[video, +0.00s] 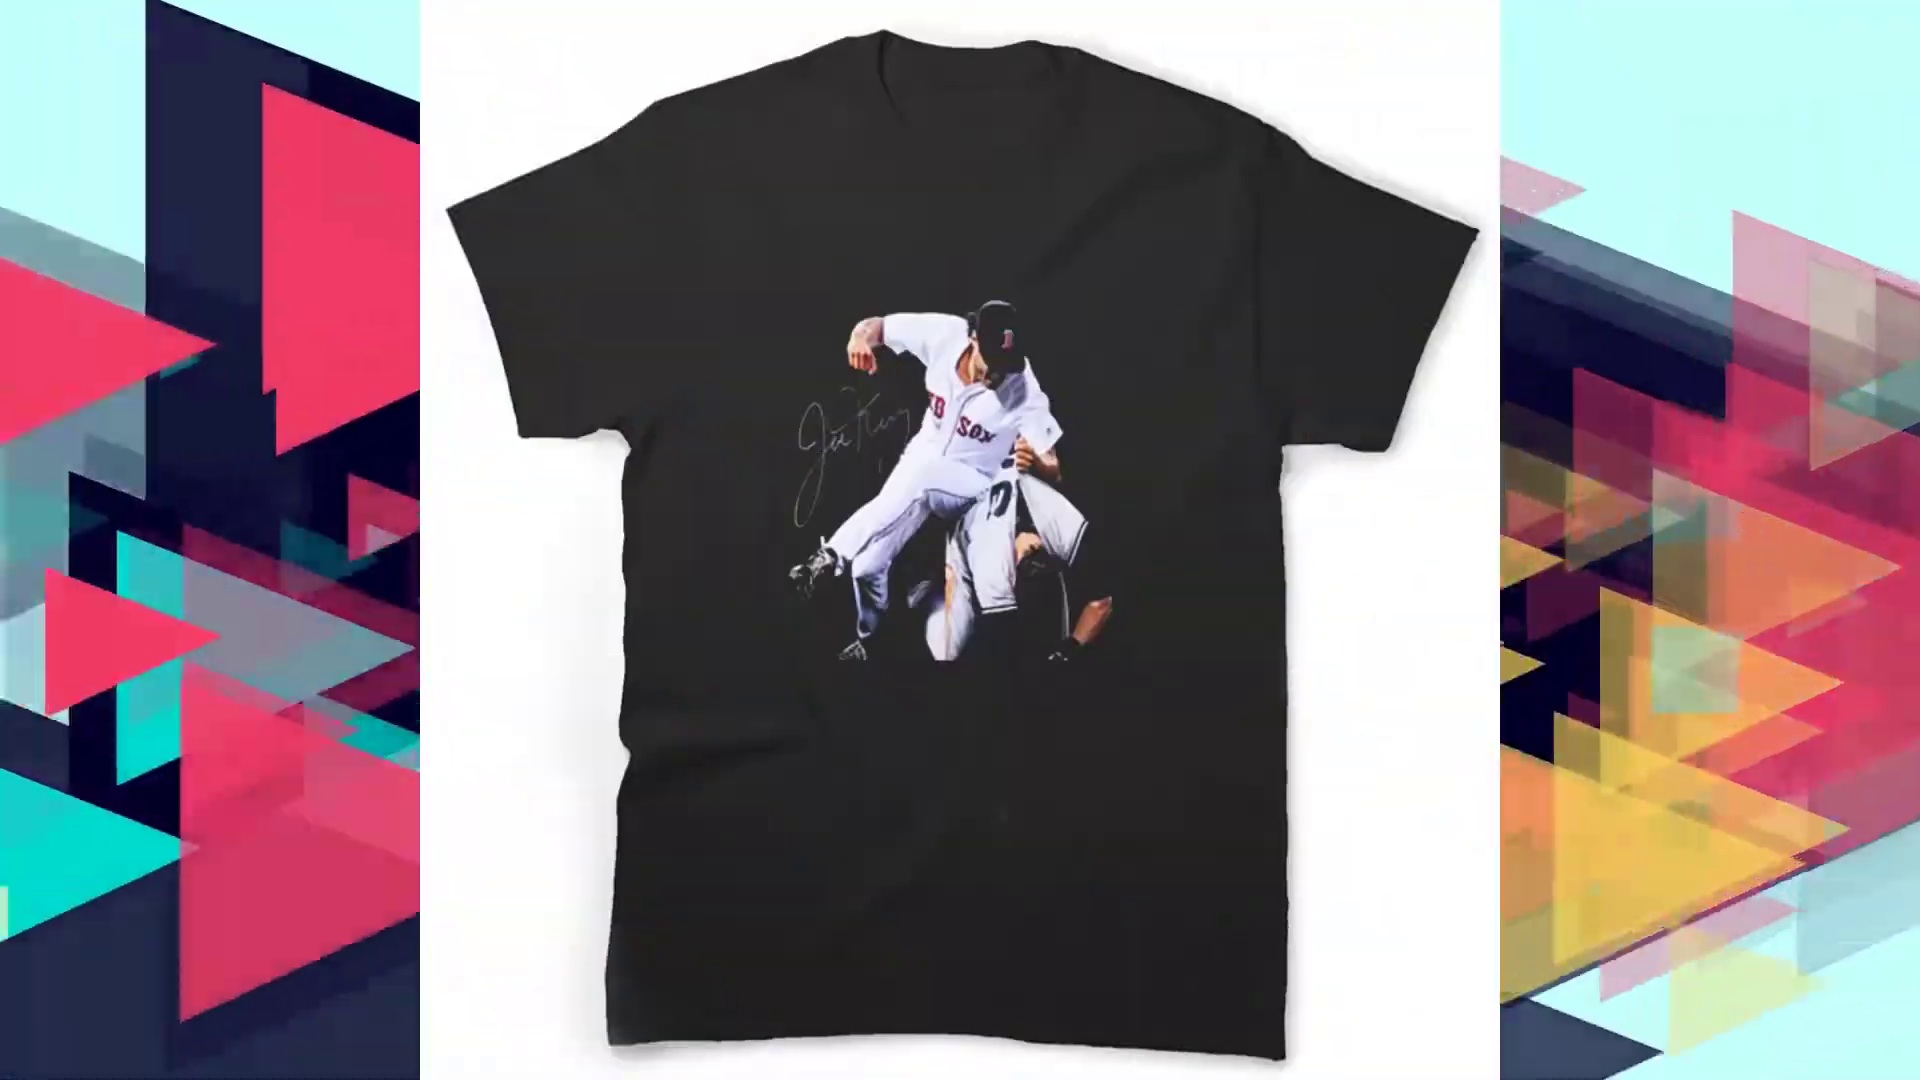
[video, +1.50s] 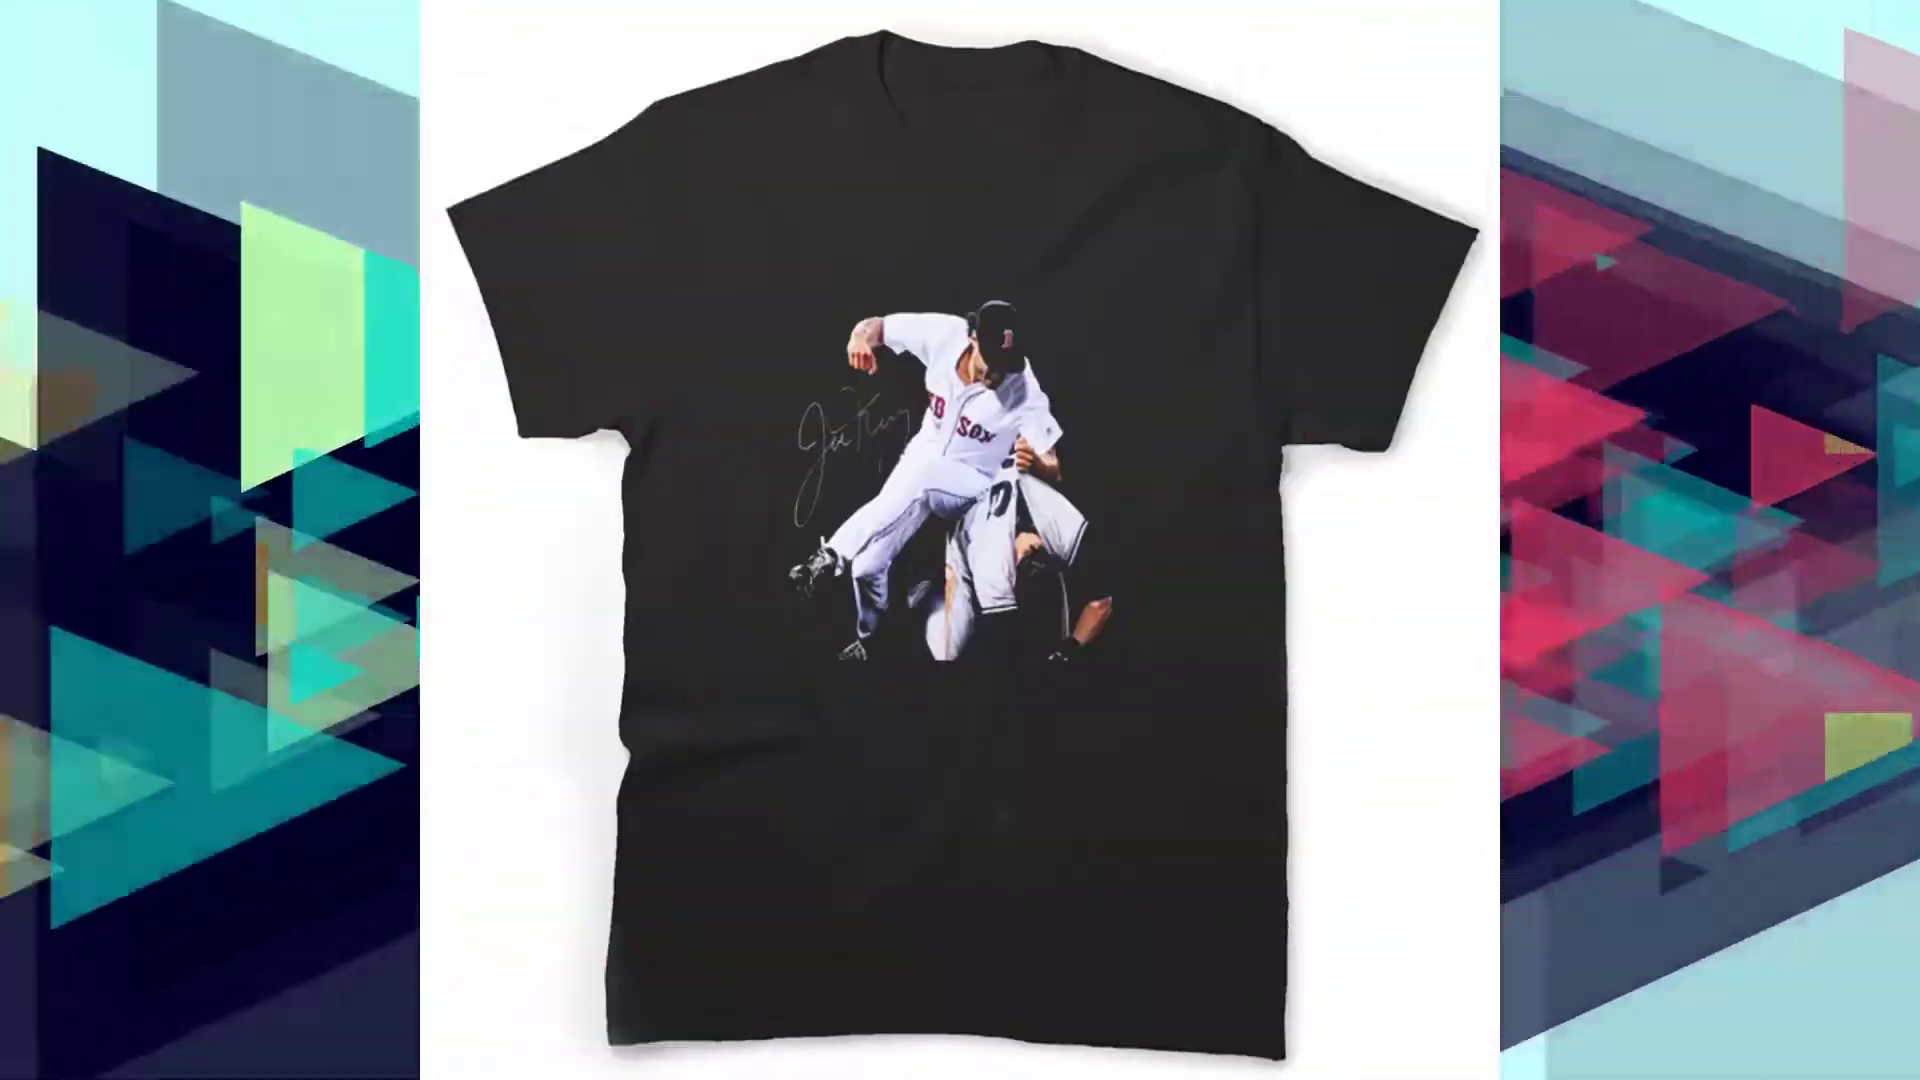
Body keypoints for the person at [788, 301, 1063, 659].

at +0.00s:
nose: (997, 373)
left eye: (1005, 366)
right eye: (991, 363)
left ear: (1015, 354)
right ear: (973, 343)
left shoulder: (1023, 388)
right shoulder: (946, 334)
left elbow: (1055, 470)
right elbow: (875, 327)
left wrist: (1038, 463)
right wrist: (861, 340)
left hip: (978, 481)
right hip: (922, 460)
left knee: (920, 476)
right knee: (867, 565)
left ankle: (828, 559)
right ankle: (870, 641)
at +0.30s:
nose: (995, 373)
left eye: (1004, 366)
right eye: (990, 364)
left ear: (1016, 355)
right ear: (973, 342)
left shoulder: (1023, 390)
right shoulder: (946, 334)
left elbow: (1055, 470)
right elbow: (874, 327)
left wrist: (1038, 463)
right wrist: (861, 340)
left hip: (978, 482)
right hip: (922, 460)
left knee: (920, 477)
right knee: (867, 565)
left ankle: (827, 559)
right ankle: (870, 640)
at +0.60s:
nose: (995, 373)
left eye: (1004, 366)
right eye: (990, 364)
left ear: (1016, 355)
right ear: (973, 342)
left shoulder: (1023, 390)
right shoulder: (946, 334)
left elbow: (1055, 470)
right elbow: (874, 327)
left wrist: (1038, 463)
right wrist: (861, 340)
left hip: (978, 482)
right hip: (922, 460)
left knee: (920, 477)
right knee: (867, 565)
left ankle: (827, 559)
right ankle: (870, 640)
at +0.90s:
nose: (995, 373)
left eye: (1004, 366)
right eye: (990, 364)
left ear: (1016, 355)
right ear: (973, 342)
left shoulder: (1023, 390)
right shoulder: (946, 334)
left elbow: (1055, 470)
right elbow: (874, 327)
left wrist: (1038, 463)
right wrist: (861, 340)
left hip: (978, 482)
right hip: (922, 460)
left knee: (920, 477)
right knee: (867, 565)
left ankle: (827, 559)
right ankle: (870, 640)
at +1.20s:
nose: (995, 373)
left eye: (1004, 366)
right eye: (990, 364)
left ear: (1016, 355)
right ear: (973, 342)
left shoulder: (1023, 390)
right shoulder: (946, 334)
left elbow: (1055, 470)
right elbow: (874, 327)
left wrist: (1038, 463)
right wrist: (861, 340)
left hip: (978, 482)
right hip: (922, 460)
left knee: (920, 477)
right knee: (867, 565)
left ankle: (827, 559)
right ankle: (870, 640)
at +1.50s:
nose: (995, 373)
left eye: (1004, 366)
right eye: (990, 364)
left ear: (1016, 355)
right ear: (973, 342)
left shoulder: (1023, 390)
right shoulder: (946, 334)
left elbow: (1055, 470)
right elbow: (874, 327)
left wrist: (1038, 463)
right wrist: (861, 340)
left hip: (978, 482)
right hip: (922, 460)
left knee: (920, 477)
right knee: (867, 565)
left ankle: (827, 559)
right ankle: (870, 640)